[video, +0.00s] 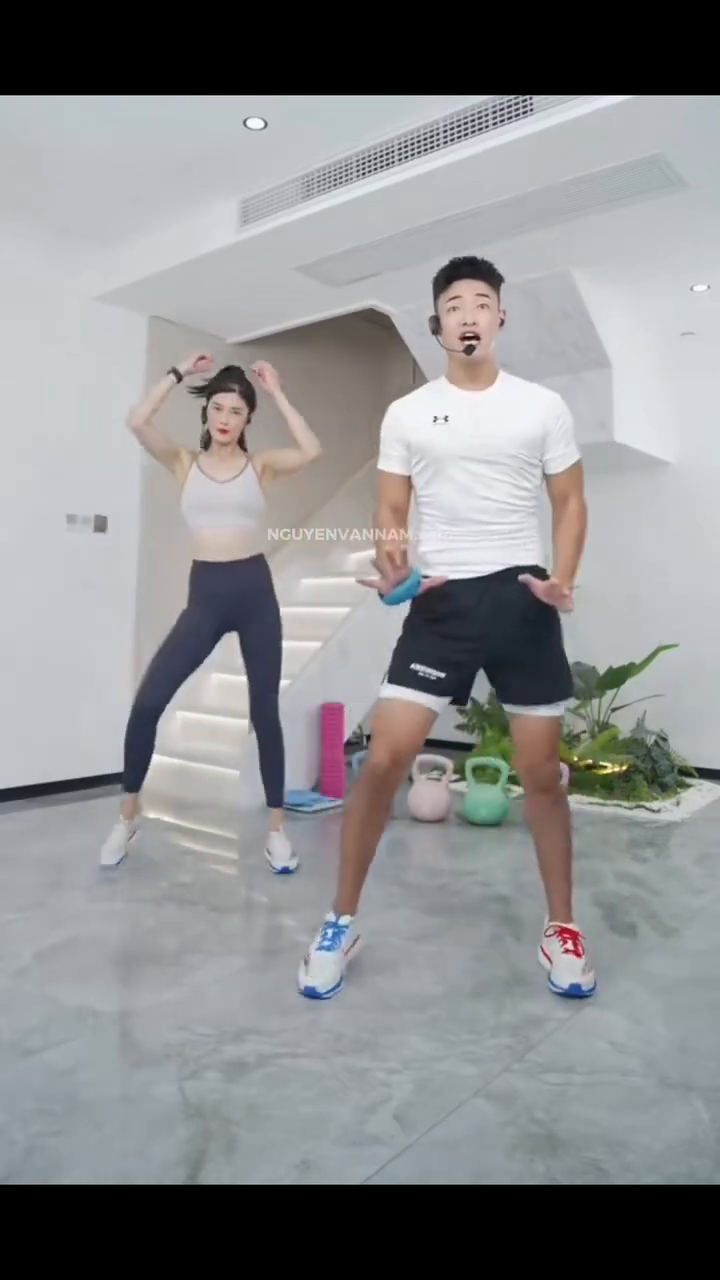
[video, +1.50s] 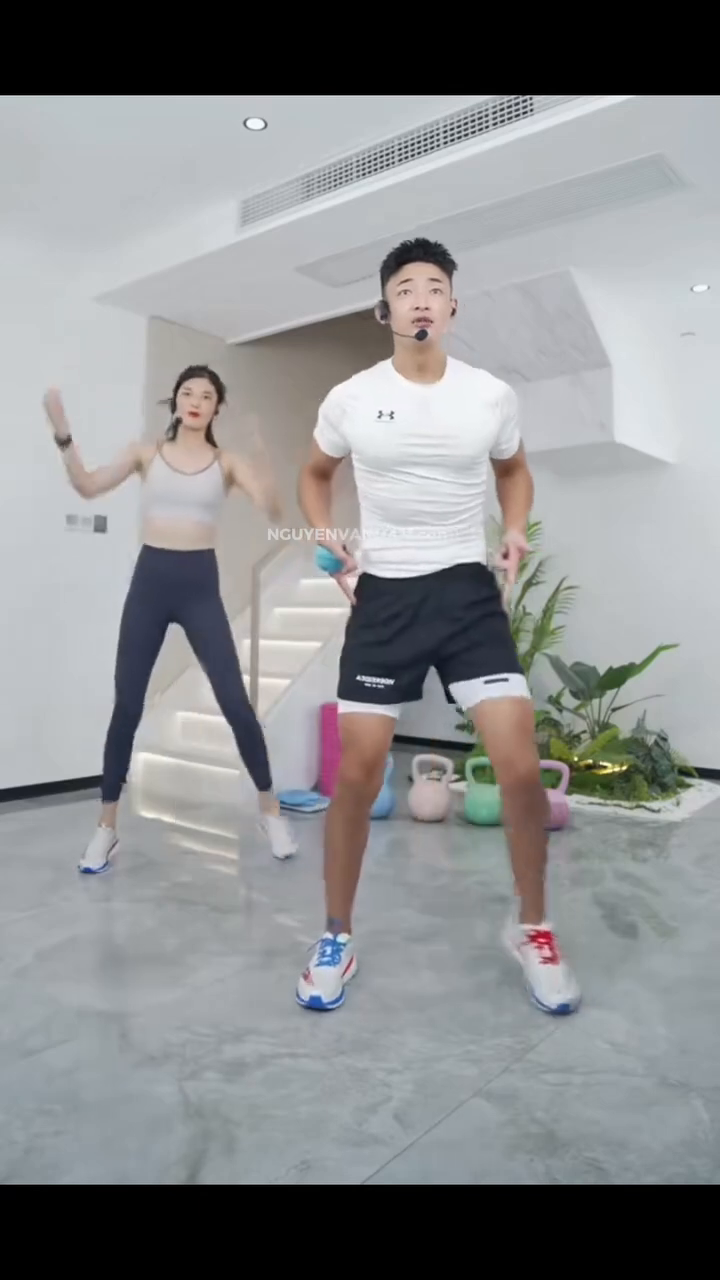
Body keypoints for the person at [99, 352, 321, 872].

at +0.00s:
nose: (226, 417)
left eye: (236, 410)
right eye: (219, 408)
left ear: (248, 419)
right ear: (205, 413)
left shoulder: (260, 464)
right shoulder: (184, 461)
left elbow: (311, 451)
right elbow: (139, 422)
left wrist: (277, 393)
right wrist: (179, 373)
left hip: (256, 594)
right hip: (205, 595)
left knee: (265, 710)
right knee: (146, 706)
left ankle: (277, 825)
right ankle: (128, 815)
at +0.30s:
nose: (243, 413)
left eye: (254, 407)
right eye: (237, 405)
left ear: (267, 415)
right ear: (225, 409)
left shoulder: (275, 460)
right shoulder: (204, 450)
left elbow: (331, 428)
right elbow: (171, 388)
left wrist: (294, 380)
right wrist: (223, 357)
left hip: (260, 581)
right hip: (212, 581)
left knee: (268, 708)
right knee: (231, 713)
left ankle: (277, 820)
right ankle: (250, 819)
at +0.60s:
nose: (233, 418)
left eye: (244, 412)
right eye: (228, 408)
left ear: (257, 421)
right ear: (216, 410)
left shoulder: (262, 466)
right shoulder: (191, 448)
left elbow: (315, 438)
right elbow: (168, 377)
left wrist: (283, 392)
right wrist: (222, 359)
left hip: (240, 592)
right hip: (192, 590)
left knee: (257, 710)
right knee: (133, 701)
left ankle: (276, 824)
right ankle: (133, 810)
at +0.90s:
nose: (191, 439)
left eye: (202, 434)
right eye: (187, 429)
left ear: (214, 440)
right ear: (175, 428)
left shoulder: (212, 488)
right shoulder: (146, 462)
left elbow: (251, 475)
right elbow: (116, 395)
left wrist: (235, 422)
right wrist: (174, 378)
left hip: (173, 607)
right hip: (123, 600)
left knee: (217, 711)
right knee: (103, 715)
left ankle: (238, 808)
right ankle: (104, 829)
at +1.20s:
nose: (173, 423)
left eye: (184, 416)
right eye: (167, 413)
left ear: (197, 422)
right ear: (154, 413)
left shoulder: (204, 470)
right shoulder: (130, 454)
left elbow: (256, 461)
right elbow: (84, 412)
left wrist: (226, 410)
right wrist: (133, 378)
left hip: (166, 594)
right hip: (117, 588)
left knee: (142, 715)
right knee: (105, 711)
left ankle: (132, 818)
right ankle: (101, 825)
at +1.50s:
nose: (196, 402)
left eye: (206, 397)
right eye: (189, 394)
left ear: (217, 409)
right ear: (174, 402)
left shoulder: (226, 461)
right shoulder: (148, 452)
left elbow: (272, 510)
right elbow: (87, 484)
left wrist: (266, 470)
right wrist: (63, 434)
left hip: (200, 586)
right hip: (149, 584)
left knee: (236, 706)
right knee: (127, 707)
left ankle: (271, 810)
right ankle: (107, 825)